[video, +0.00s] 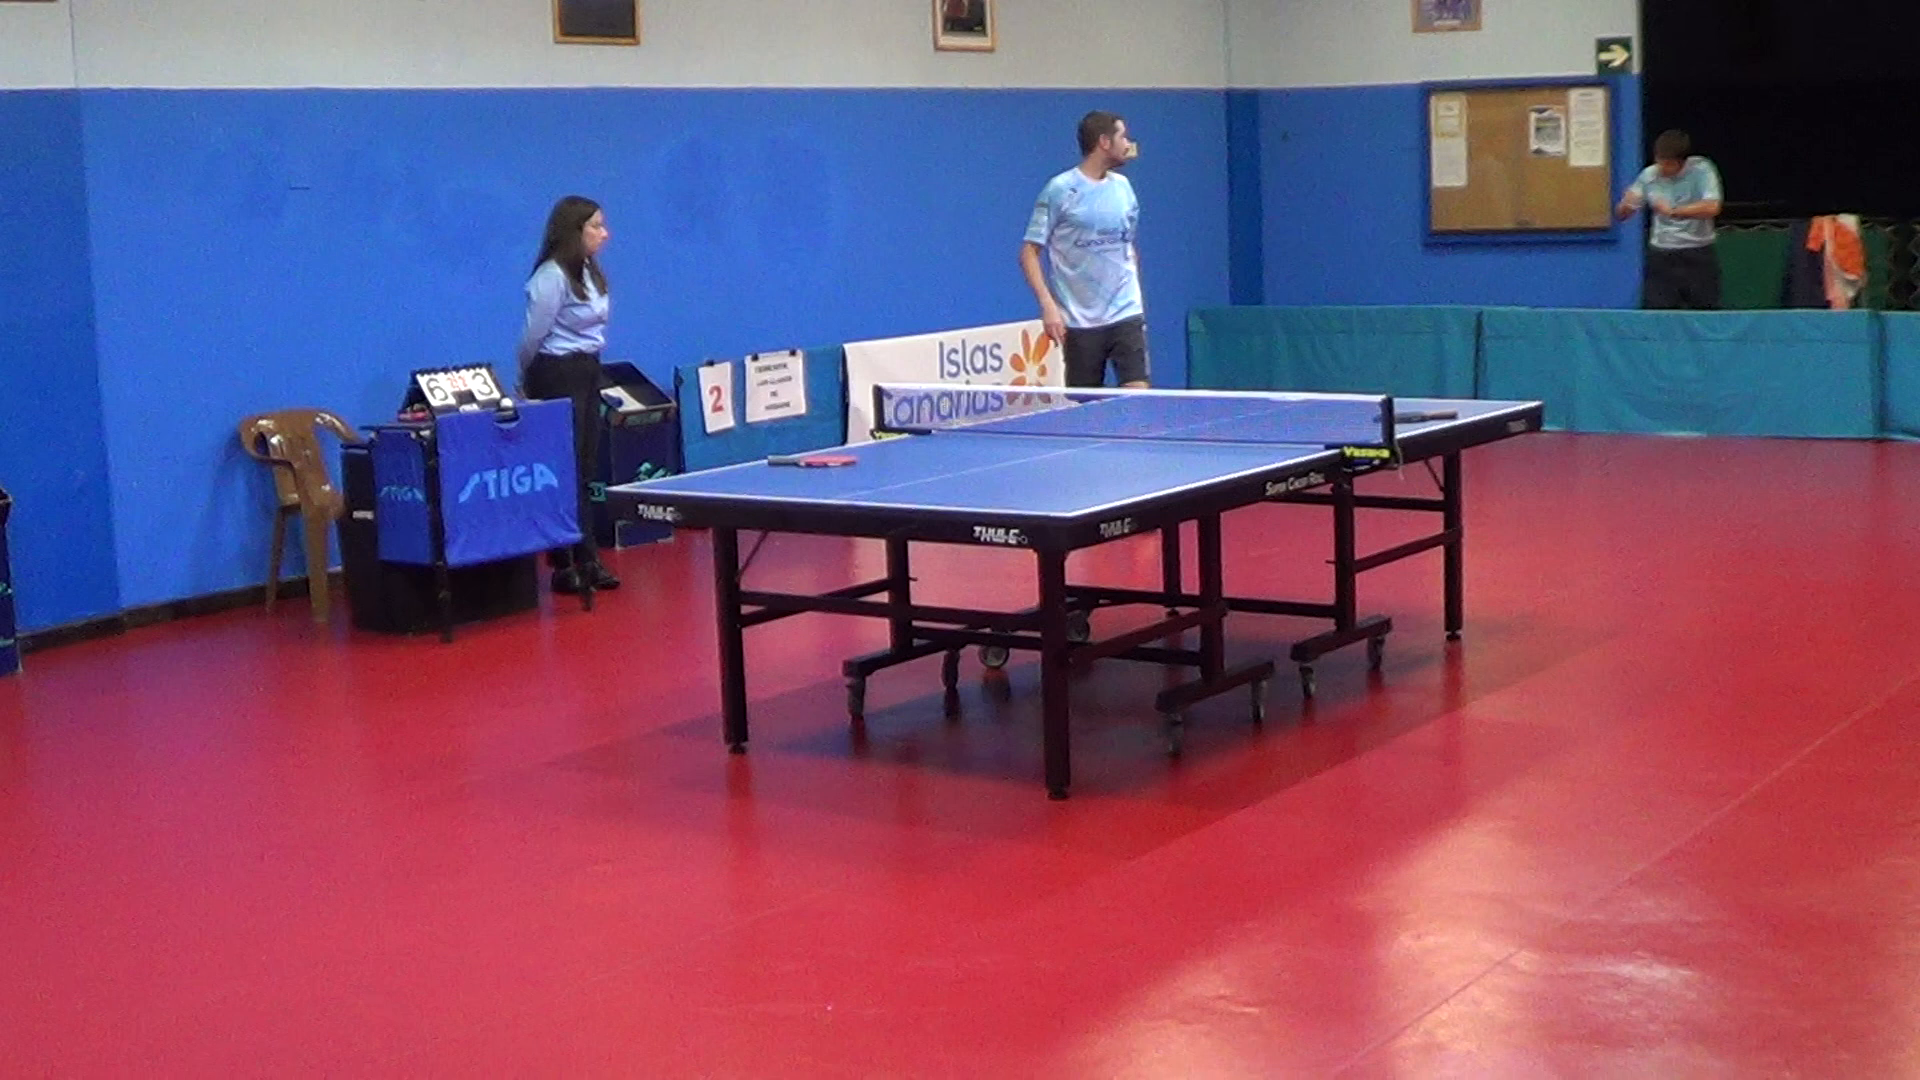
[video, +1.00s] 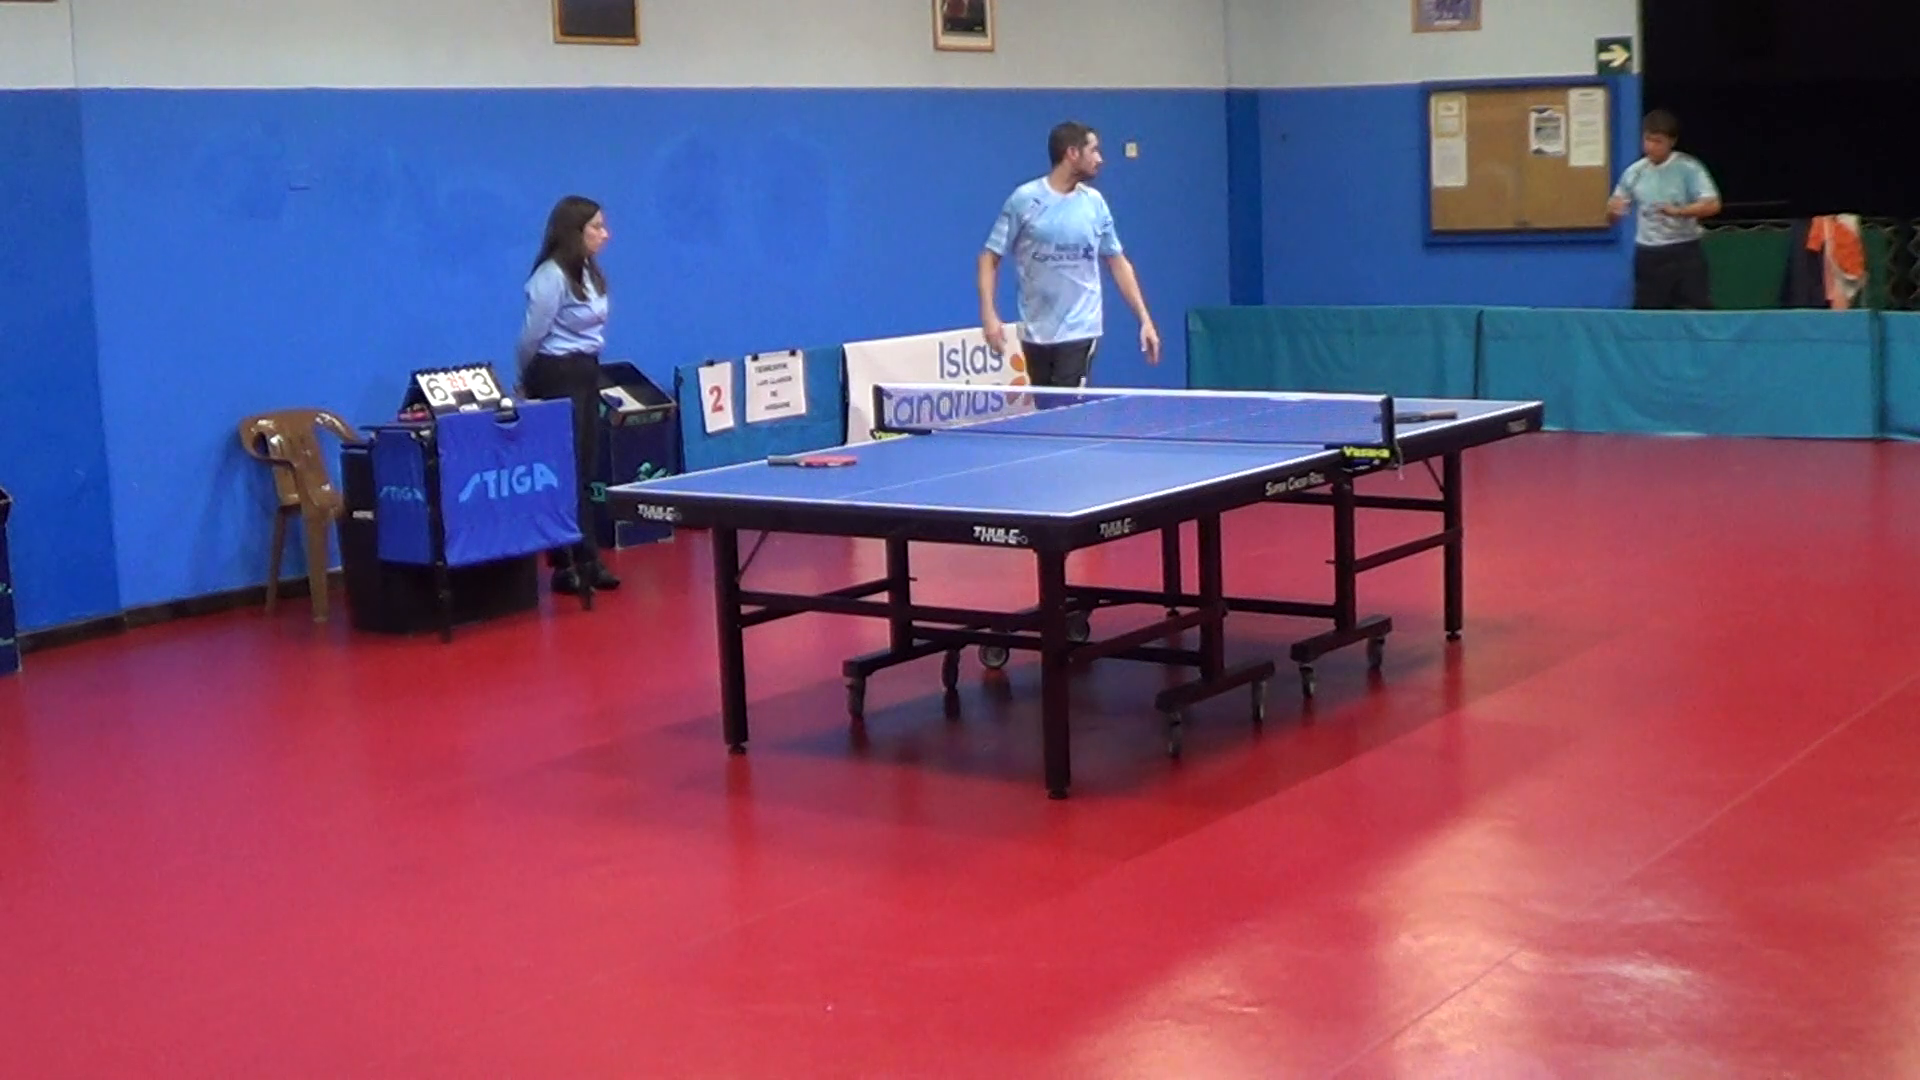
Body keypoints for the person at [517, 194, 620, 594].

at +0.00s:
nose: (605, 233)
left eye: (604, 225)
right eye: (597, 226)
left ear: (587, 231)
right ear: (575, 231)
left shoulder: (590, 270)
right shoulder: (551, 277)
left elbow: (588, 328)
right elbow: (532, 335)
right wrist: (524, 373)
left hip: (587, 367)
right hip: (557, 370)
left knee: (585, 463)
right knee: (562, 466)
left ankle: (587, 555)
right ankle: (565, 562)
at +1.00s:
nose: (605, 233)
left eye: (604, 225)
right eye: (597, 226)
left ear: (587, 231)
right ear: (575, 232)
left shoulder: (589, 271)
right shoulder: (551, 276)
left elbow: (587, 328)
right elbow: (531, 334)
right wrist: (523, 372)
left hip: (586, 367)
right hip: (557, 370)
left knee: (584, 464)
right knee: (563, 466)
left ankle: (587, 556)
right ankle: (565, 562)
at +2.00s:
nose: (602, 231)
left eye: (601, 224)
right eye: (594, 225)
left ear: (590, 230)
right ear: (572, 230)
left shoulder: (591, 271)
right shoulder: (547, 276)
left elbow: (593, 326)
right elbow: (528, 333)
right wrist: (527, 369)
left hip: (588, 367)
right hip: (556, 369)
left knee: (587, 462)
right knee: (562, 465)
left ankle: (588, 555)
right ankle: (564, 562)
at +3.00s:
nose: (602, 233)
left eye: (603, 225)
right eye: (594, 226)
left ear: (597, 231)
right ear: (572, 230)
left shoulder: (595, 271)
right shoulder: (549, 275)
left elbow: (596, 324)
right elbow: (529, 332)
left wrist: (577, 355)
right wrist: (528, 366)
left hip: (590, 365)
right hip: (556, 367)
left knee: (589, 463)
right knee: (561, 465)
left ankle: (588, 556)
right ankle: (563, 562)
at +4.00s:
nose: (577, 233)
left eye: (583, 225)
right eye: (568, 227)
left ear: (593, 229)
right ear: (555, 233)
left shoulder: (607, 273)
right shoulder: (535, 280)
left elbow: (610, 320)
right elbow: (520, 332)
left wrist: (589, 349)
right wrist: (534, 360)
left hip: (593, 367)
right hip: (550, 369)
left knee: (593, 461)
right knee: (556, 463)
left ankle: (592, 556)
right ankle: (559, 562)